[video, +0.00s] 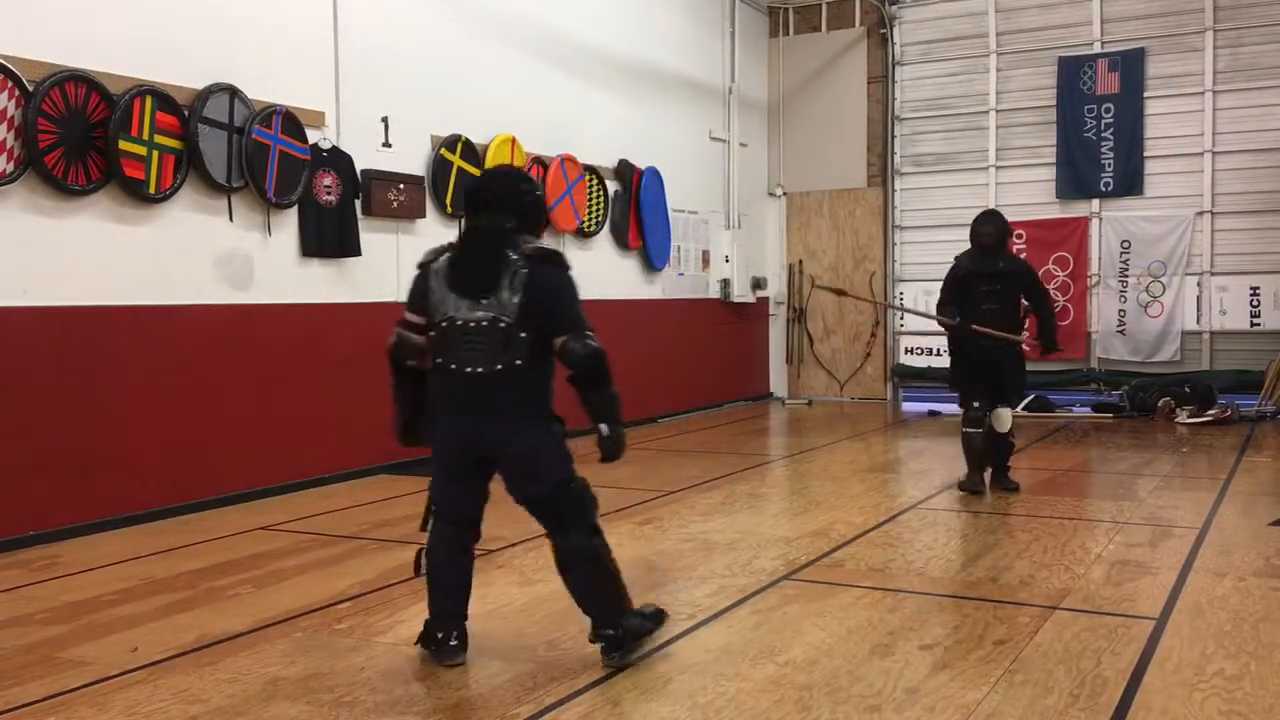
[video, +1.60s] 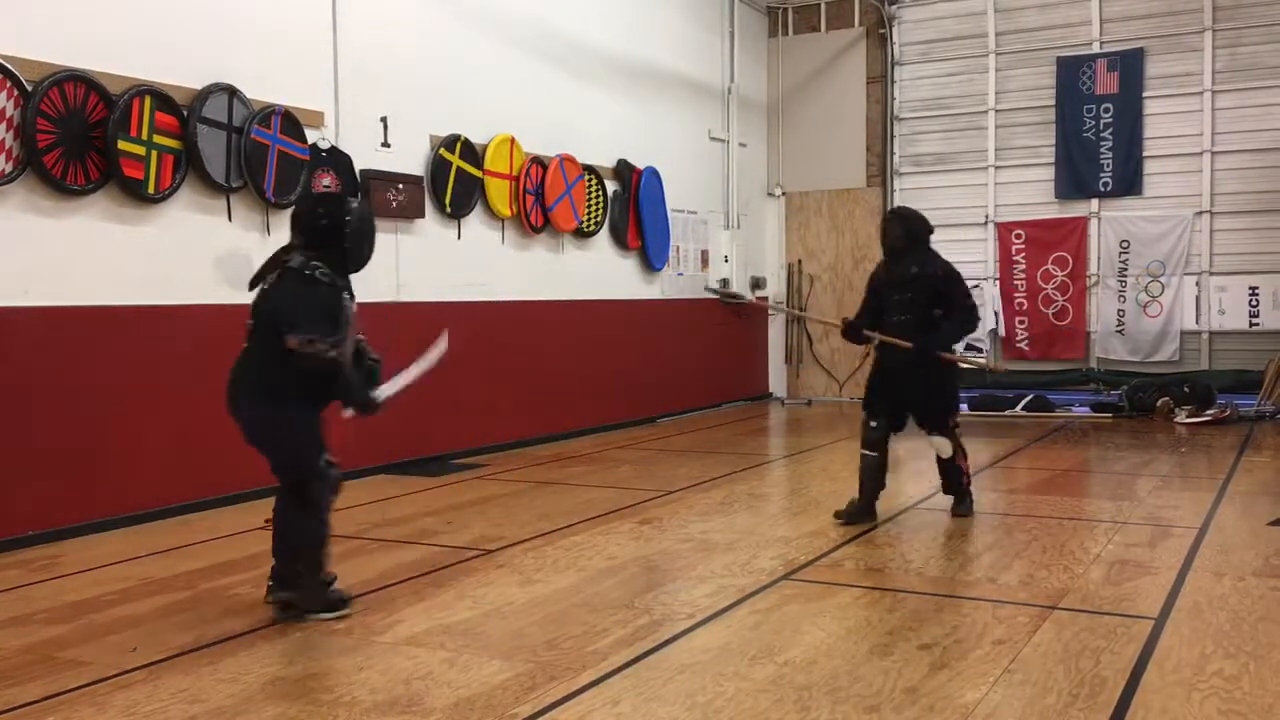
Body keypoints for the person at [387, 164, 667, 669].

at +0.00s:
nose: (544, 219)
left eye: (540, 209)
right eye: (538, 209)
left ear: (475, 212)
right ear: (526, 215)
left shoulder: (435, 268)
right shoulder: (542, 270)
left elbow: (409, 346)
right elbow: (581, 352)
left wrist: (411, 412)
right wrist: (607, 416)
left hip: (454, 423)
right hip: (521, 424)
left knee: (451, 526)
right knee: (570, 519)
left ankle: (445, 633)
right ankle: (614, 623)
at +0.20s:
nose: (505, 208)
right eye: (499, 200)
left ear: (435, 202)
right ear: (487, 205)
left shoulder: (397, 263)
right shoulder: (507, 263)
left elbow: (362, 337)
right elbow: (543, 347)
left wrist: (355, 399)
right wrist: (565, 409)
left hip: (430, 420)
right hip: (493, 419)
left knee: (439, 521)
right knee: (531, 504)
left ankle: (445, 632)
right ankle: (539, 616)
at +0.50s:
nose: (481, 222)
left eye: (480, 213)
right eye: (476, 213)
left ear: (412, 211)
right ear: (463, 214)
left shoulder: (375, 268)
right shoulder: (479, 265)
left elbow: (356, 344)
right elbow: (516, 342)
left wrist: (371, 405)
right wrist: (537, 404)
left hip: (407, 414)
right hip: (470, 411)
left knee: (424, 513)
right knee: (465, 508)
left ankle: (442, 628)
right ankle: (450, 614)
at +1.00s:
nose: (450, 223)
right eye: (444, 216)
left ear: (388, 215)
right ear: (436, 218)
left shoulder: (352, 261)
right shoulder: (452, 268)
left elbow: (326, 330)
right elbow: (486, 341)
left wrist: (344, 385)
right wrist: (508, 396)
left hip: (374, 398)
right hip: (434, 399)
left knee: (361, 481)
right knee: (433, 486)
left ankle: (370, 569)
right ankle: (433, 587)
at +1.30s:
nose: (409, 235)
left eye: (407, 227)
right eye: (405, 227)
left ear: (354, 227)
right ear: (393, 233)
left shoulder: (317, 269)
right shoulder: (391, 280)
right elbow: (427, 338)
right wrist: (458, 359)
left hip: (320, 409)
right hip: (377, 412)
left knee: (321, 485)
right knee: (411, 489)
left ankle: (292, 575)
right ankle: (428, 584)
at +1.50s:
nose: (379, 241)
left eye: (378, 232)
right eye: (373, 232)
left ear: (328, 232)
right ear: (355, 236)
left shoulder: (303, 270)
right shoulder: (336, 281)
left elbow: (311, 345)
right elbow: (341, 345)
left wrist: (367, 373)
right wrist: (386, 369)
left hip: (274, 395)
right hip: (304, 400)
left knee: (303, 481)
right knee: (348, 476)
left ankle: (292, 574)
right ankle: (356, 585)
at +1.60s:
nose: (366, 239)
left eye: (364, 229)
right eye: (360, 230)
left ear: (313, 230)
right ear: (339, 234)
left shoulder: (321, 272)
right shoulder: (306, 283)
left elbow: (338, 331)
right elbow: (312, 356)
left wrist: (360, 361)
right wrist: (355, 391)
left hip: (286, 394)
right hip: (269, 399)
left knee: (310, 479)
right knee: (309, 481)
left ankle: (292, 577)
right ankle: (301, 586)